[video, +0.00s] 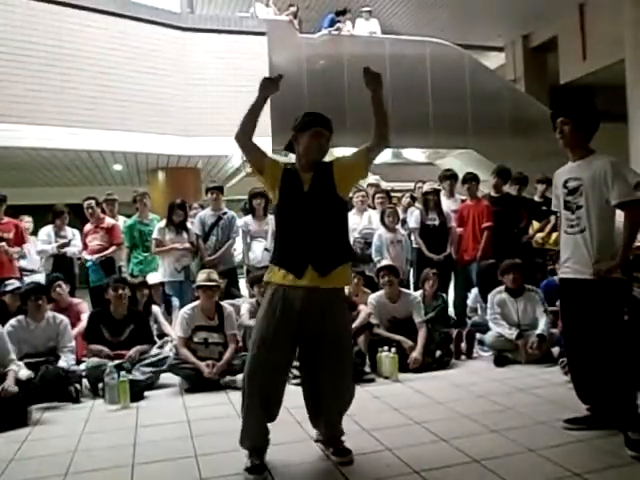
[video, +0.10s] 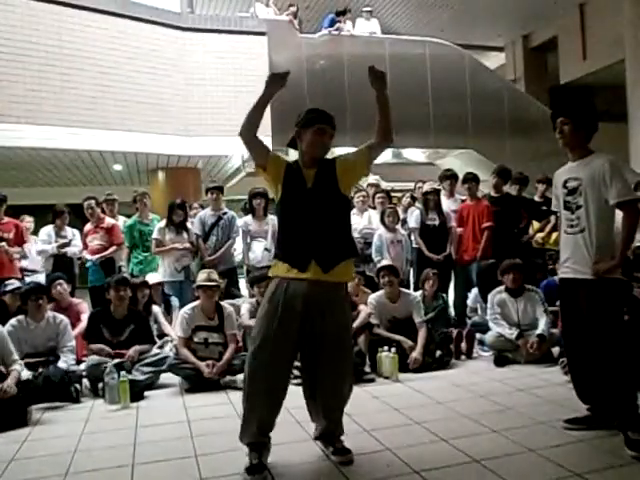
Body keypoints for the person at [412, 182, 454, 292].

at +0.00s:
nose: (433, 198)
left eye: (435, 194)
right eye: (429, 194)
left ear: (438, 197)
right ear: (425, 197)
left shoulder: (445, 214)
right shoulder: (419, 213)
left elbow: (450, 232)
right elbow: (416, 235)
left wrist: (447, 250)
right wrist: (428, 253)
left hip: (442, 255)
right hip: (425, 255)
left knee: (442, 290)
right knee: (423, 288)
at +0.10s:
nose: (433, 199)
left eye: (436, 196)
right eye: (430, 196)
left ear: (439, 197)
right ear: (425, 198)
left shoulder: (445, 214)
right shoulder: (419, 214)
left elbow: (450, 233)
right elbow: (416, 235)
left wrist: (447, 251)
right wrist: (428, 254)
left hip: (442, 256)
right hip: (424, 256)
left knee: (442, 290)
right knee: (423, 288)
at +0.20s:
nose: (432, 198)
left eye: (435, 195)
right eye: (429, 195)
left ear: (439, 197)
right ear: (425, 197)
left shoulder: (445, 214)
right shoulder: (419, 214)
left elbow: (450, 233)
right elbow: (416, 235)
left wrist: (447, 251)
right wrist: (428, 254)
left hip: (442, 256)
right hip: (425, 256)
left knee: (442, 289)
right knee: (423, 288)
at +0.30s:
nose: (433, 199)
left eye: (435, 196)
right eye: (430, 196)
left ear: (439, 197)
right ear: (425, 198)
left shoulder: (444, 214)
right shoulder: (419, 213)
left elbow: (450, 233)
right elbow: (416, 235)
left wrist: (447, 251)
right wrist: (428, 253)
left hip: (442, 256)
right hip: (425, 255)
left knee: (442, 289)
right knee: (423, 288)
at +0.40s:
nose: (432, 201)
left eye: (435, 197)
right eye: (429, 198)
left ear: (439, 198)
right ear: (425, 199)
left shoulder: (445, 214)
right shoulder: (419, 214)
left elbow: (450, 233)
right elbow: (416, 235)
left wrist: (447, 251)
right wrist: (428, 253)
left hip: (442, 256)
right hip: (425, 255)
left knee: (442, 290)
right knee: (423, 288)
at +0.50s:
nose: (433, 200)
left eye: (435, 196)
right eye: (430, 196)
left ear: (439, 198)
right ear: (425, 198)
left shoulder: (444, 214)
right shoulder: (419, 214)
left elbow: (449, 233)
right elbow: (416, 235)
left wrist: (447, 251)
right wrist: (428, 254)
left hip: (442, 256)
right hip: (425, 256)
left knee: (442, 290)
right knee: (423, 288)